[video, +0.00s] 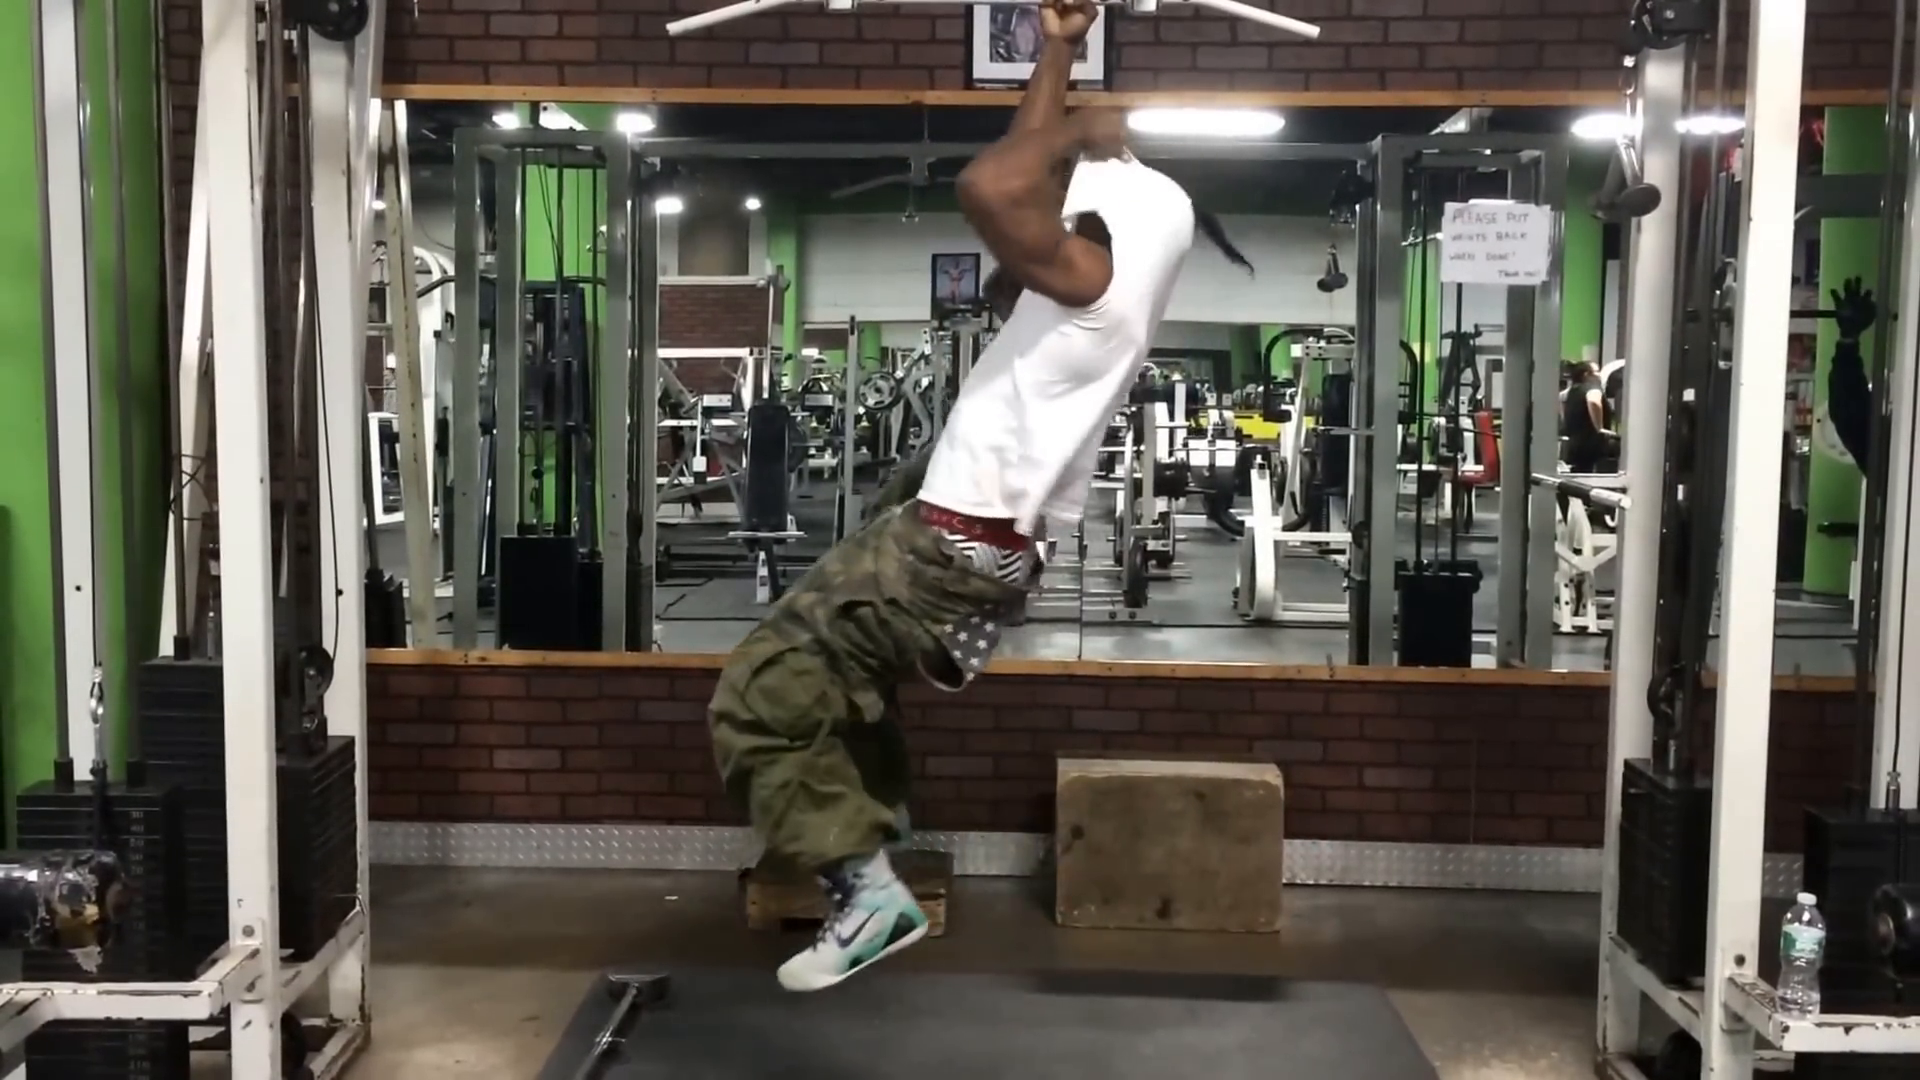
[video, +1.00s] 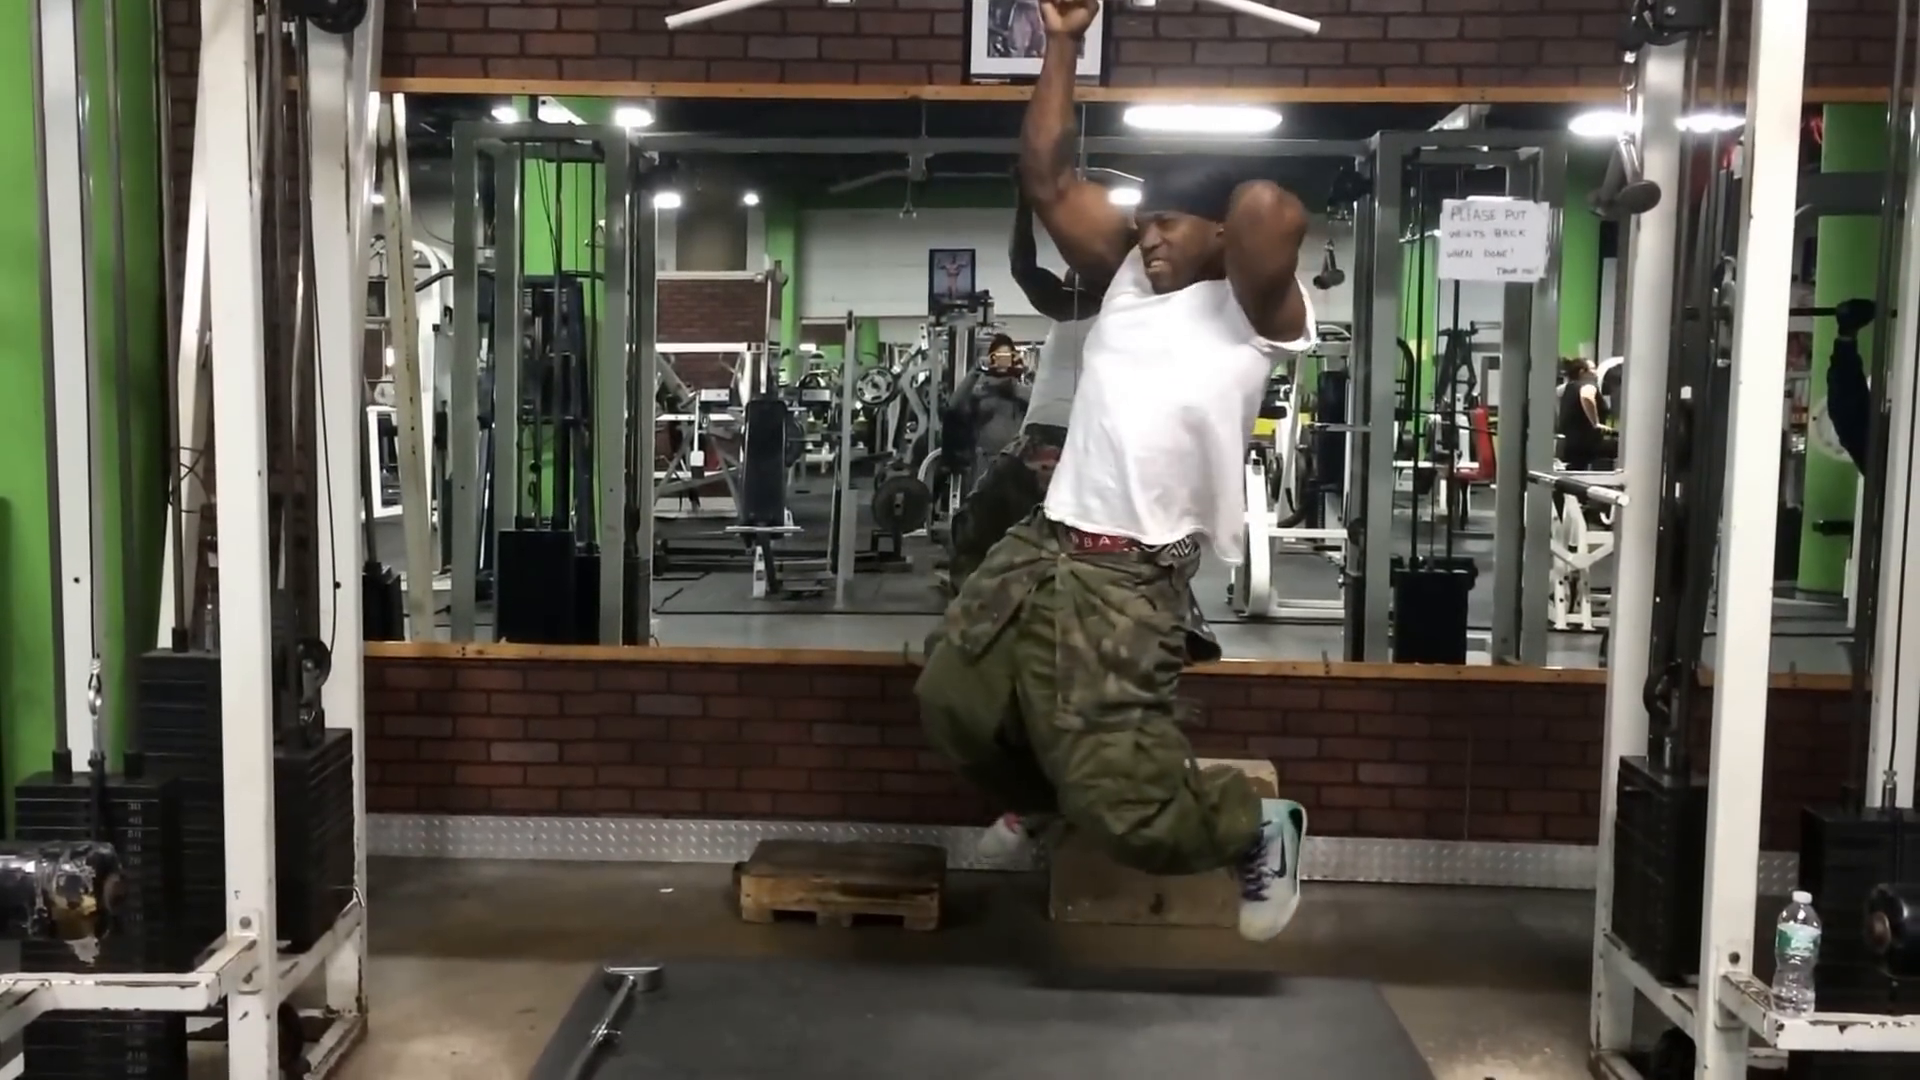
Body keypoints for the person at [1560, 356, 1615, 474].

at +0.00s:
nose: (1599, 375)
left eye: (1598, 371)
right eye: (1596, 371)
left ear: (1581, 376)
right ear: (1586, 375)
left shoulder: (1571, 390)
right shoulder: (1593, 387)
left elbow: (1559, 396)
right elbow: (1593, 402)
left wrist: (1565, 422)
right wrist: (1599, 428)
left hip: (1573, 440)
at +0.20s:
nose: (1599, 374)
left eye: (1597, 371)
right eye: (1595, 371)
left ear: (1584, 375)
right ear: (1585, 375)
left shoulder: (1572, 391)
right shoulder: (1590, 390)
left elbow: (1561, 409)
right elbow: (1588, 415)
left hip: (1571, 446)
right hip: (1585, 448)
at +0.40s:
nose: (1597, 374)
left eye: (1595, 371)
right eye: (1593, 371)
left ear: (1581, 375)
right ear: (1582, 374)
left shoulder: (1568, 393)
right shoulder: (1585, 394)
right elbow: (1586, 424)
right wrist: (1593, 451)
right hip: (1583, 457)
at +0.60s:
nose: (1596, 374)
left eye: (1595, 371)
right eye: (1592, 371)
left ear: (1580, 375)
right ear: (1581, 374)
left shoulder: (1568, 393)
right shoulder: (1585, 392)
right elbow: (1585, 416)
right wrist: (1593, 443)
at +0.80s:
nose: (1596, 374)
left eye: (1595, 370)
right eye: (1592, 370)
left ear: (1580, 375)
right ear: (1582, 374)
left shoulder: (1567, 390)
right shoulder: (1587, 388)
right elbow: (1586, 404)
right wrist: (1595, 430)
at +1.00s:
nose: (1596, 372)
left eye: (1595, 368)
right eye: (1593, 369)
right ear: (1582, 372)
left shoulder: (1567, 387)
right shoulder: (1589, 386)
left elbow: (1557, 390)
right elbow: (1587, 398)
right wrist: (1596, 423)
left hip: (1569, 443)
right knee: (1618, 445)